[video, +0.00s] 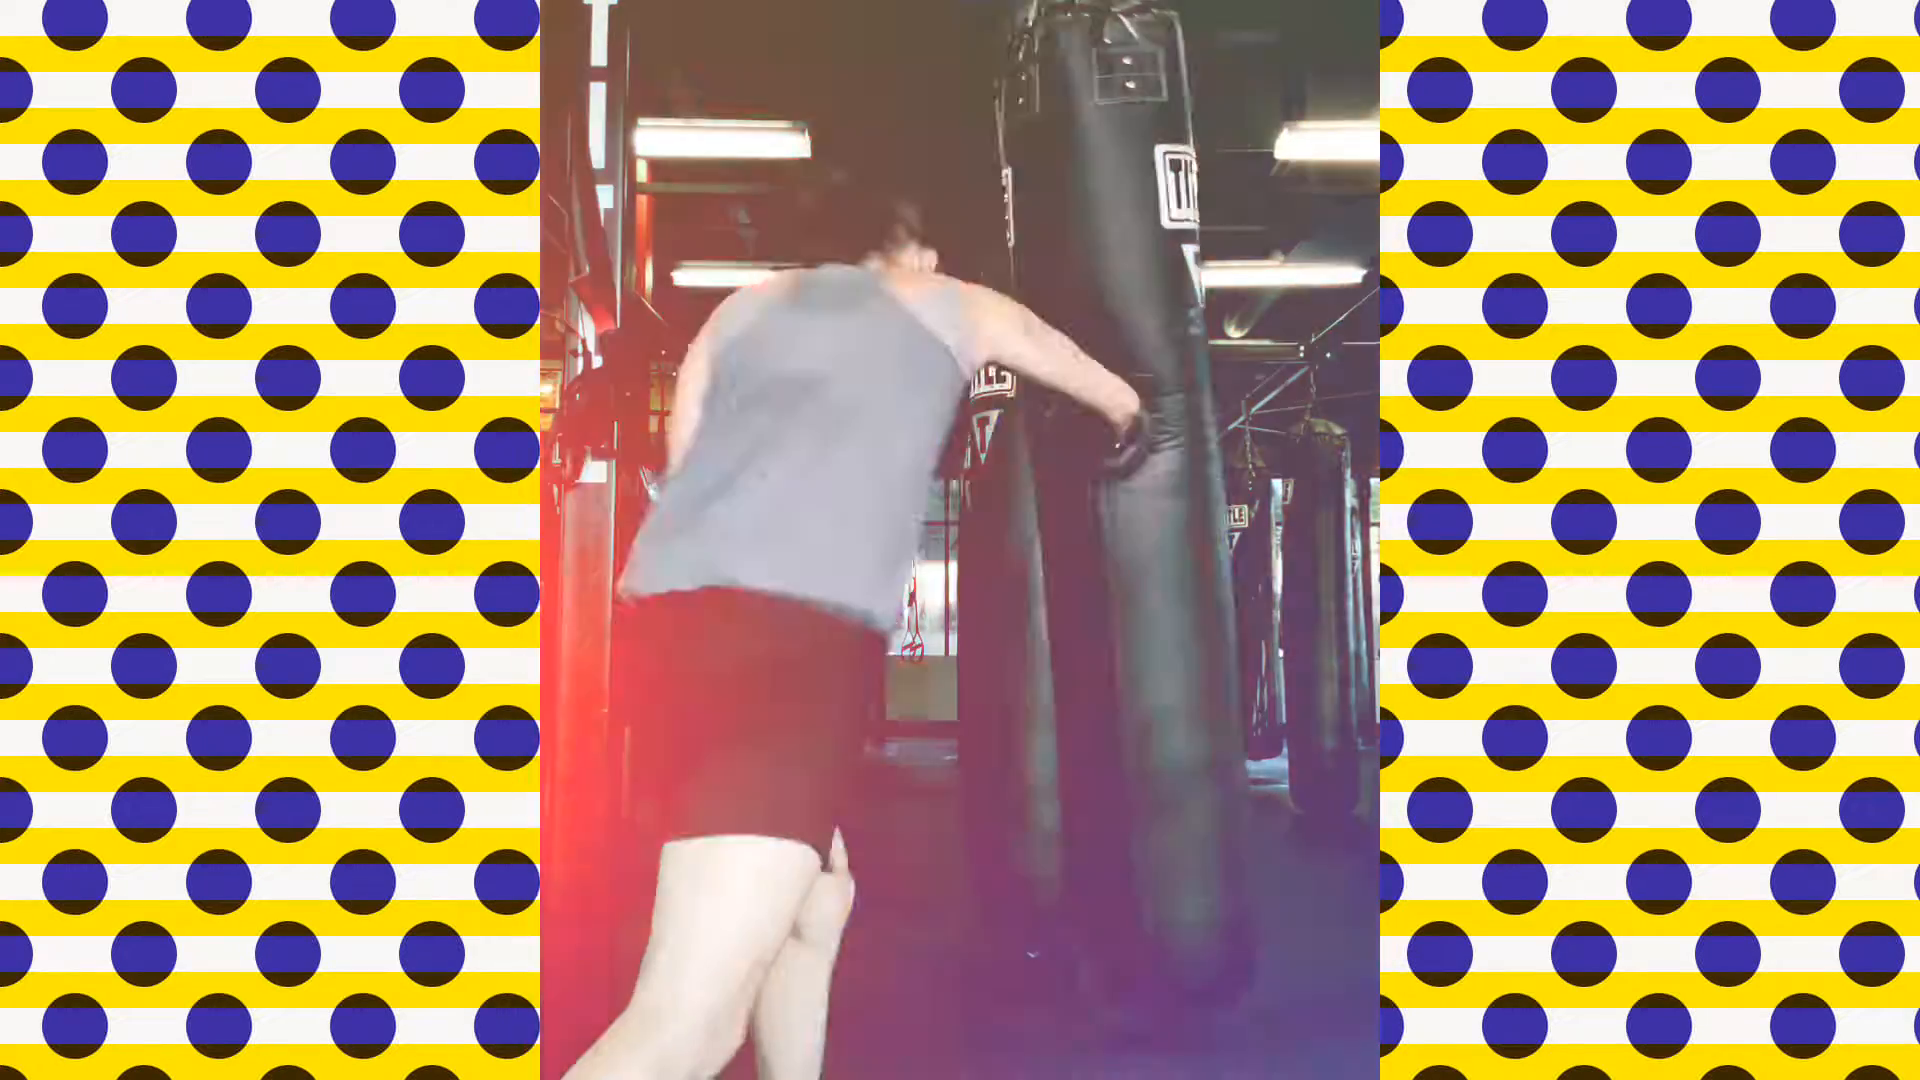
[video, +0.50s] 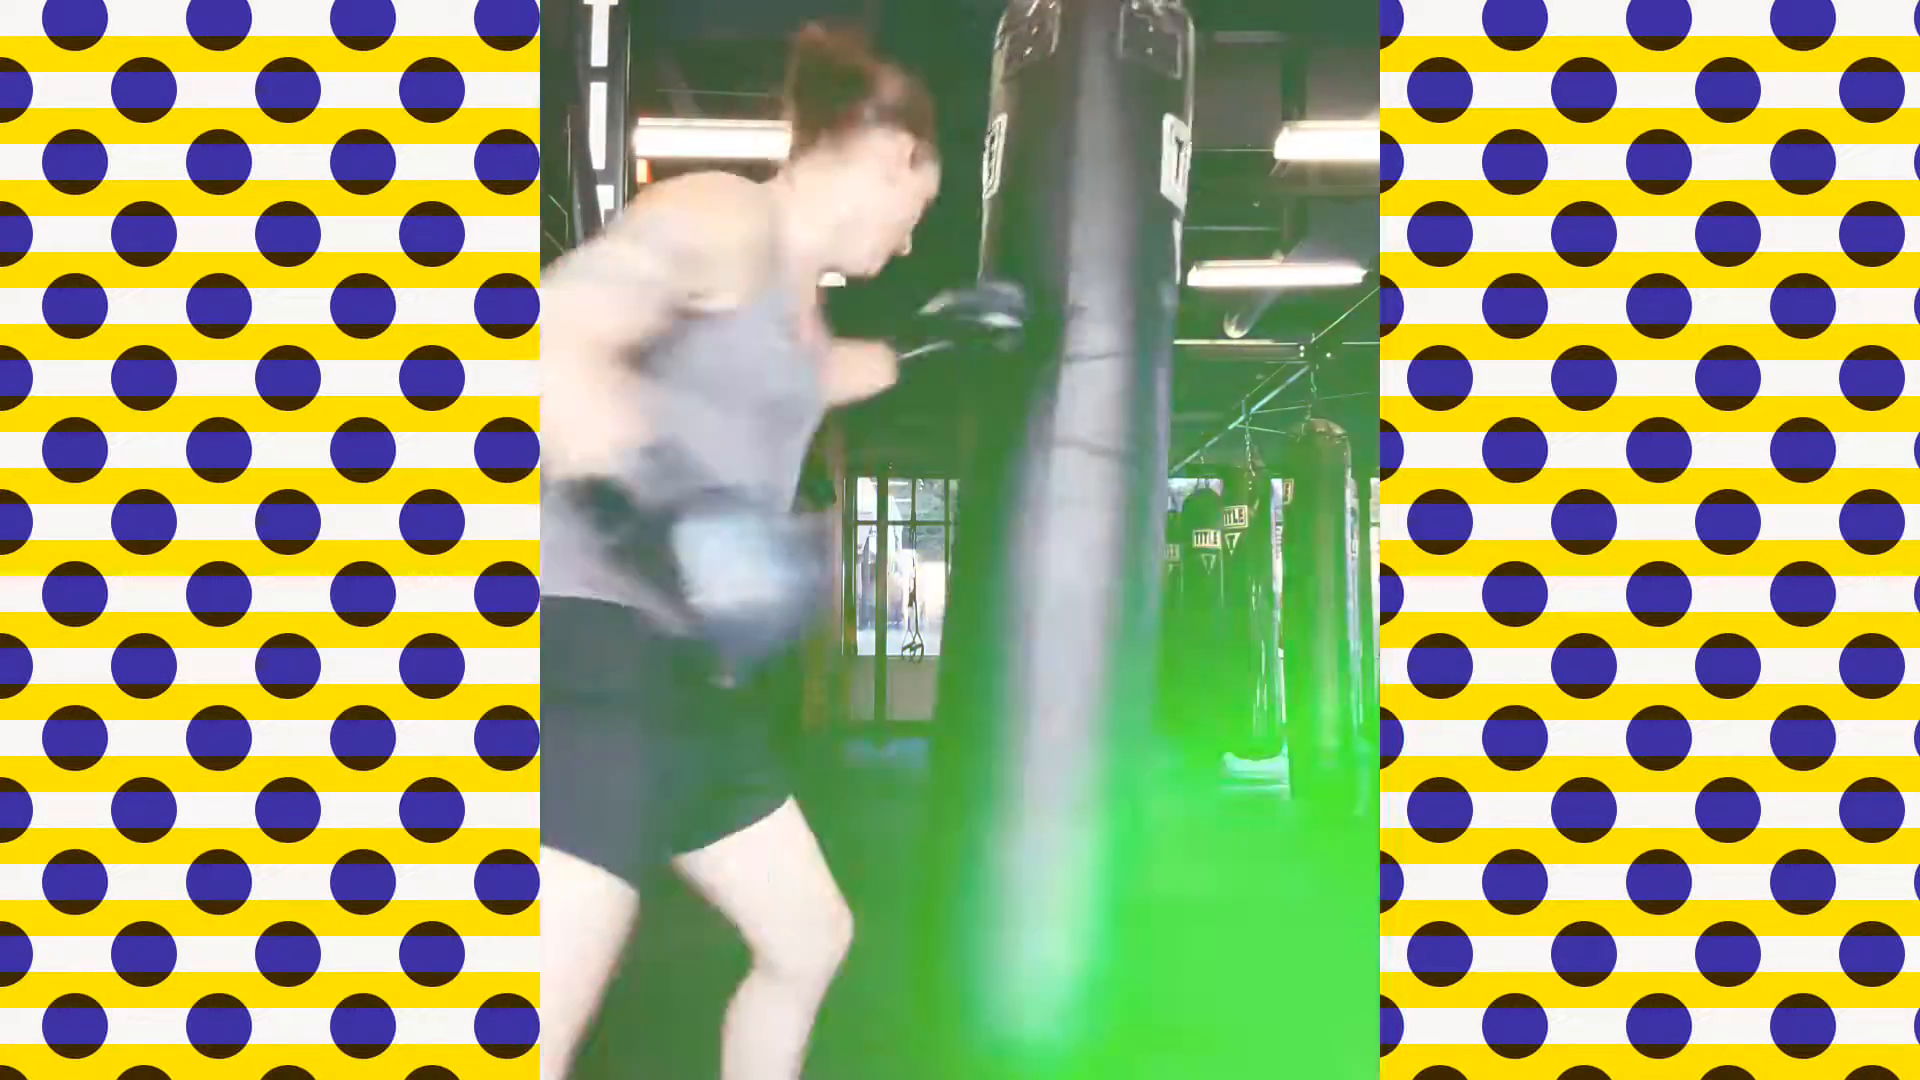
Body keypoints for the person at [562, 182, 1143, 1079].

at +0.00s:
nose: (959, 253)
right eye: (956, 233)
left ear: (834, 211)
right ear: (930, 224)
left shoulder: (742, 305)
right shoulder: (959, 308)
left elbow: (684, 462)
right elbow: (1119, 399)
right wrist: (1128, 432)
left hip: (660, 627)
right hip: (794, 638)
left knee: (814, 905)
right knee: (677, 1025)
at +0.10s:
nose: (950, 253)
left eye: (951, 241)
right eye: (951, 240)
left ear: (832, 216)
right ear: (926, 224)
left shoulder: (729, 307)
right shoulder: (937, 280)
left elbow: (643, 507)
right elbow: (1076, 439)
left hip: (676, 648)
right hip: (768, 652)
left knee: (840, 902)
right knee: (683, 1044)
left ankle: (805, 1078)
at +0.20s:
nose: (903, 222)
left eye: (906, 198)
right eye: (906, 193)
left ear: (799, 154)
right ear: (877, 160)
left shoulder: (731, 236)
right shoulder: (804, 238)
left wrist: (914, 507)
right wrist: (960, 520)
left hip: (696, 678)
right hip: (653, 681)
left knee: (814, 943)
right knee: (641, 1050)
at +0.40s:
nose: (835, 179)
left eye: (848, 151)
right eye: (846, 143)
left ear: (783, 95)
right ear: (804, 96)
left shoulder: (675, 231)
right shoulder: (597, 209)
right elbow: (646, 520)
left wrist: (766, 398)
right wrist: (807, 471)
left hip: (669, 689)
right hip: (551, 708)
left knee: (806, 956)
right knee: (541, 1048)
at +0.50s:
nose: (914, 235)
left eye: (925, 212)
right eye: (922, 205)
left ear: (866, 157)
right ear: (885, 156)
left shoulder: (793, 295)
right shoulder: (714, 218)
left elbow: (793, 385)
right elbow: (557, 334)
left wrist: (929, 345)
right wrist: (673, 499)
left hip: (684, 664)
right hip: (592, 653)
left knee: (808, 937)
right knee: (543, 1005)